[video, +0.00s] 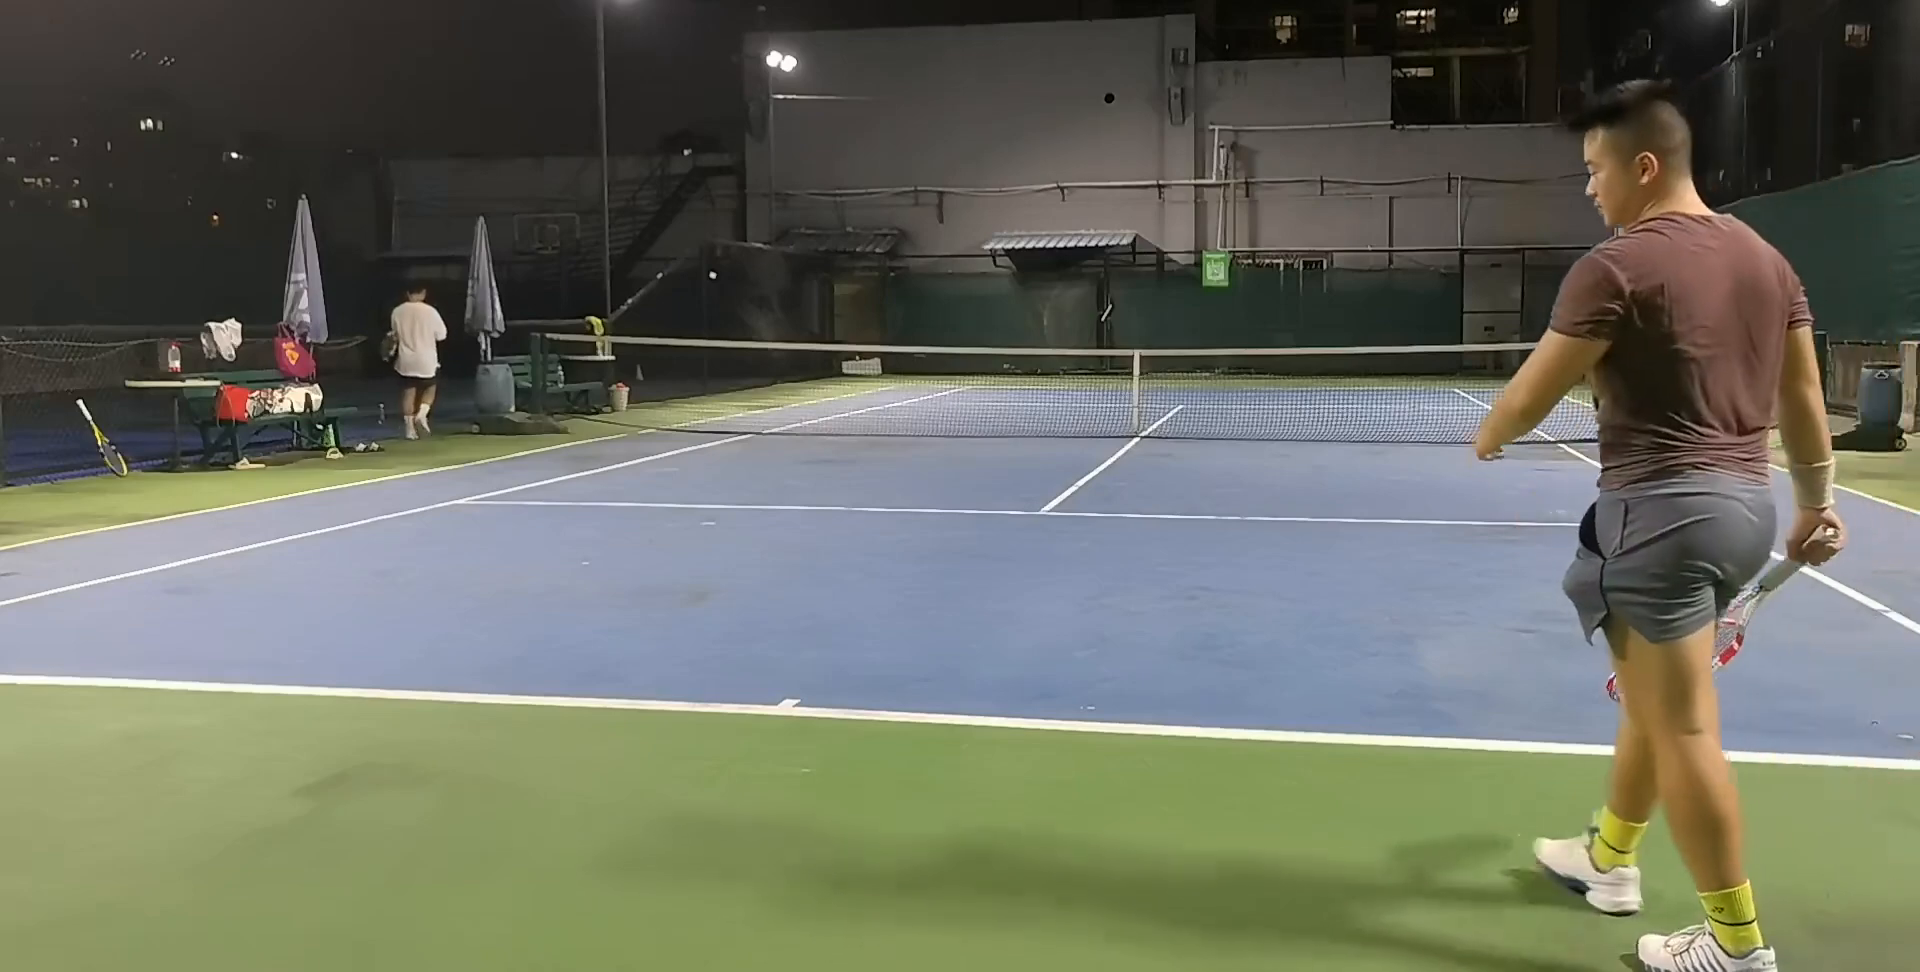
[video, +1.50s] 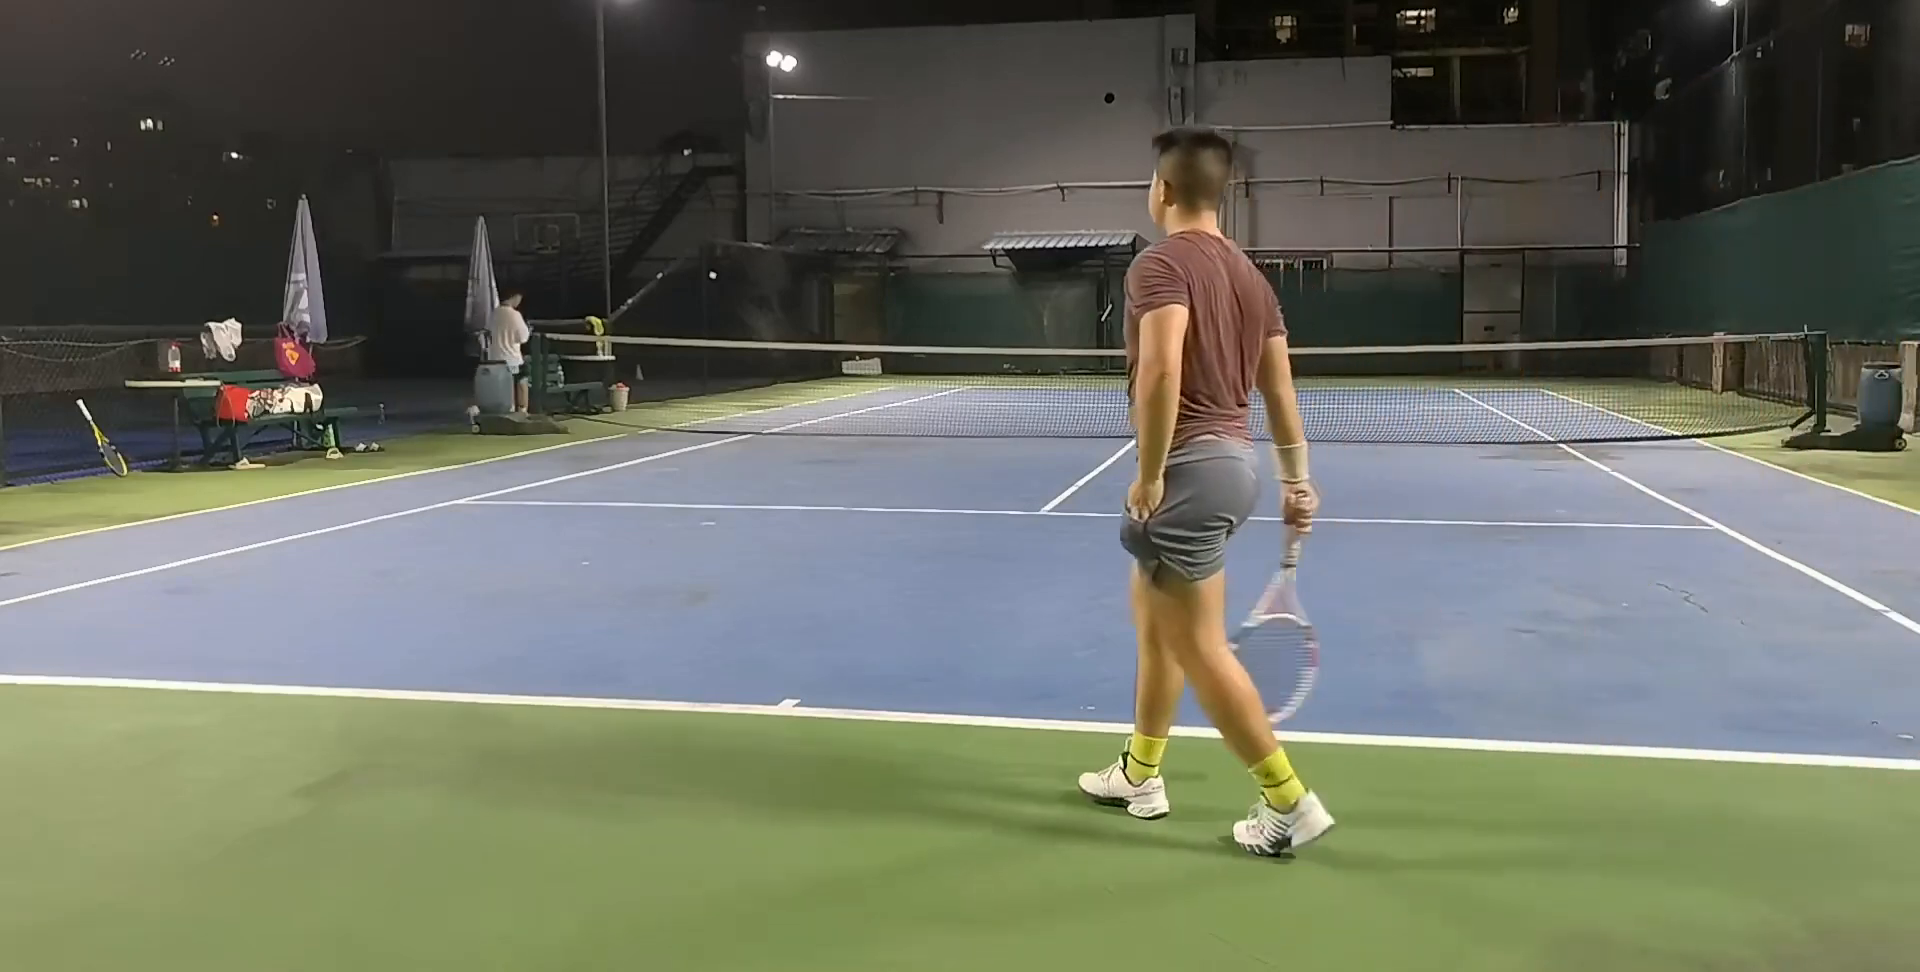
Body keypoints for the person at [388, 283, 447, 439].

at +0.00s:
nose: (422, 297)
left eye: (420, 294)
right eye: (423, 294)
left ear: (407, 294)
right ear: (424, 293)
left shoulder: (397, 311)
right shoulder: (430, 311)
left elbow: (395, 333)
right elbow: (441, 334)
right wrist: (426, 328)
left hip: (405, 362)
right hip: (427, 362)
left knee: (408, 391)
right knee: (430, 386)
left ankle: (410, 429)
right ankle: (422, 413)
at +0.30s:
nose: (438, 300)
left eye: (437, 297)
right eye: (437, 297)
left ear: (421, 297)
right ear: (434, 298)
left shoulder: (409, 313)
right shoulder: (439, 315)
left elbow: (406, 333)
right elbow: (448, 340)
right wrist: (433, 334)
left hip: (413, 362)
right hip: (434, 363)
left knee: (412, 394)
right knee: (436, 392)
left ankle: (410, 427)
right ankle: (435, 425)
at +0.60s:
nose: (453, 298)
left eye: (453, 295)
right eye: (453, 295)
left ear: (437, 294)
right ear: (451, 295)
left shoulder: (425, 311)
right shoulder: (454, 313)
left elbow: (423, 331)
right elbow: (463, 337)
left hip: (428, 360)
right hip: (447, 362)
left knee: (432, 387)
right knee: (444, 394)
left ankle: (426, 414)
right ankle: (437, 424)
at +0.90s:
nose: (466, 299)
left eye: (466, 296)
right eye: (465, 296)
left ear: (450, 298)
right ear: (462, 297)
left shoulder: (441, 315)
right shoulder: (466, 315)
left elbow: (440, 334)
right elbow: (477, 338)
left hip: (445, 359)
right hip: (462, 360)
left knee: (457, 389)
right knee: (456, 389)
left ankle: (459, 420)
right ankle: (441, 418)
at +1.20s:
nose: (487, 297)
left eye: (487, 294)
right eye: (487, 294)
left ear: (472, 293)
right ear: (484, 294)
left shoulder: (462, 311)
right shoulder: (484, 313)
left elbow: (462, 330)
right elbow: (494, 334)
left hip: (465, 360)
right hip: (483, 360)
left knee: (466, 388)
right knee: (486, 391)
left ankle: (460, 420)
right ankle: (487, 422)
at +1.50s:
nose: (519, 301)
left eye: (520, 298)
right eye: (519, 298)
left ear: (504, 297)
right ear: (514, 297)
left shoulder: (494, 313)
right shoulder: (515, 315)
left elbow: (488, 330)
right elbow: (524, 336)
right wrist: (528, 329)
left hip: (493, 360)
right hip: (512, 361)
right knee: (522, 377)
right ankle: (523, 408)